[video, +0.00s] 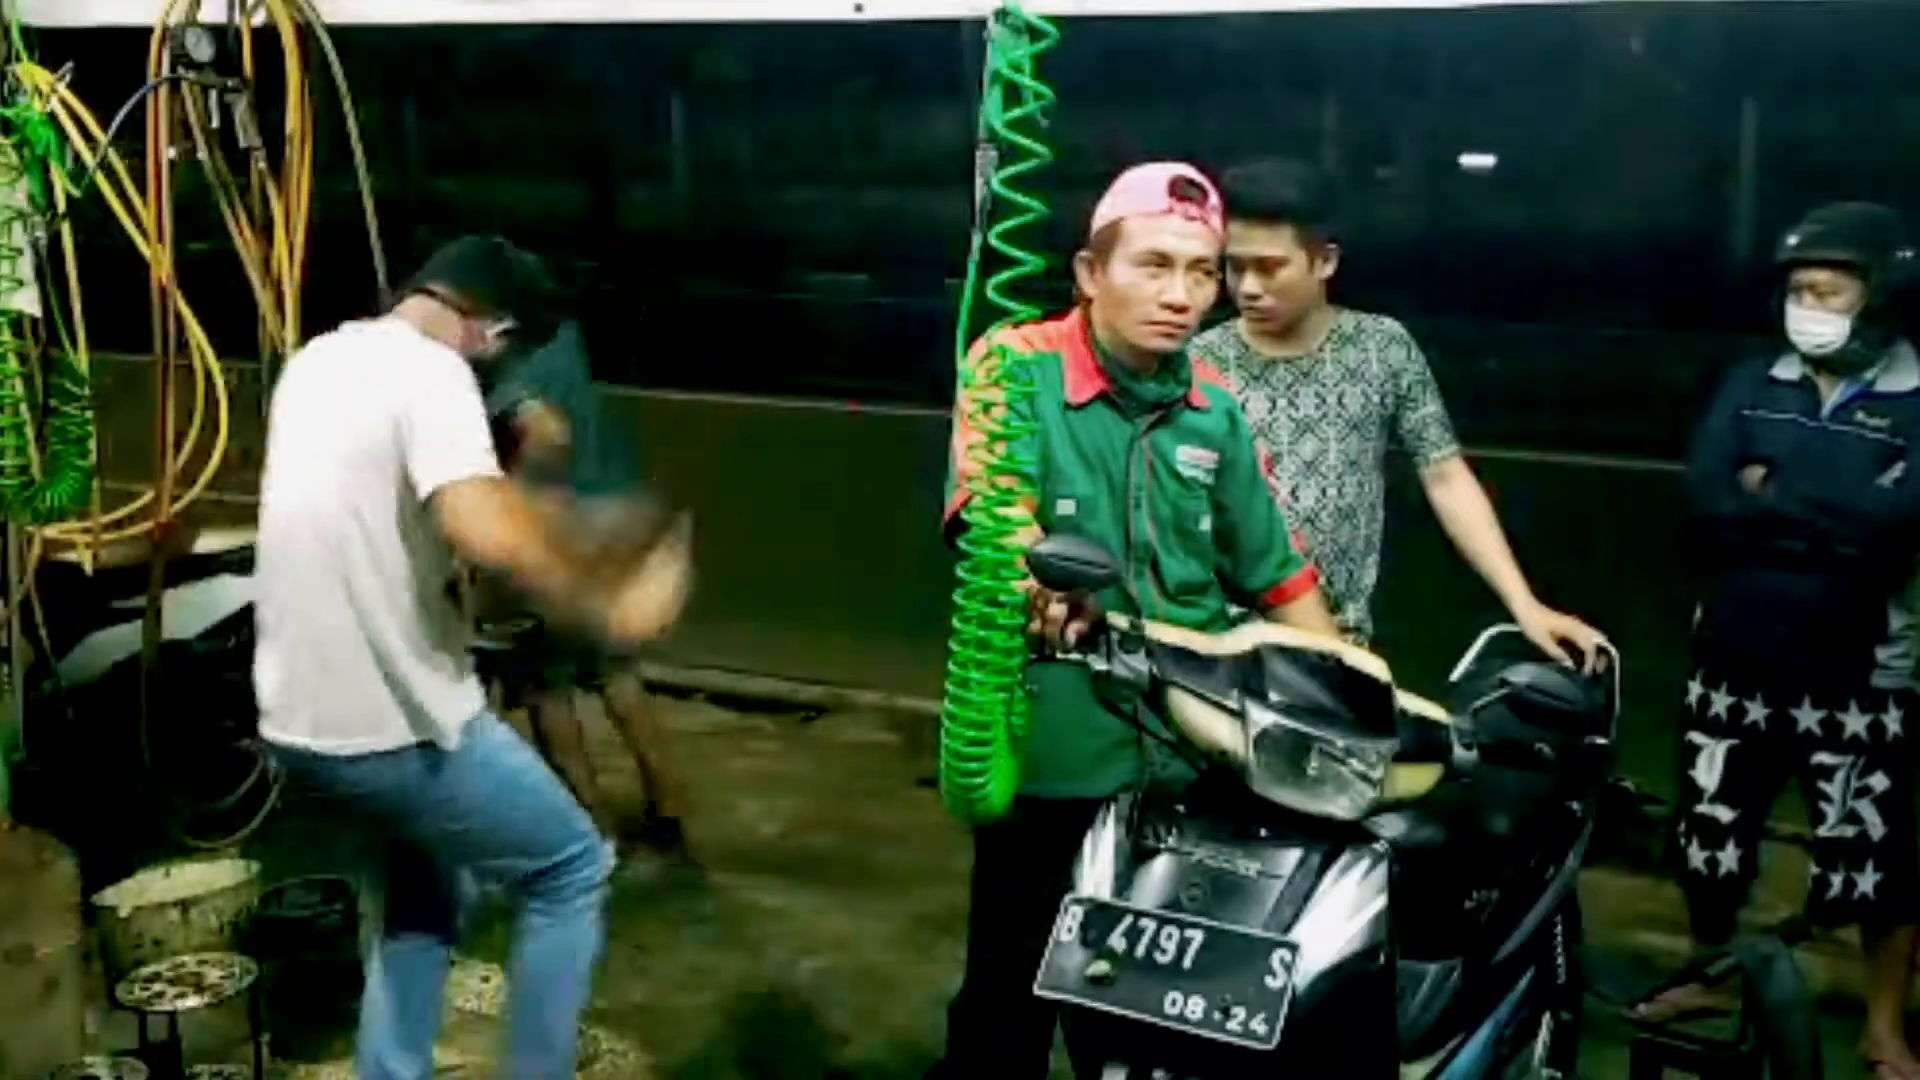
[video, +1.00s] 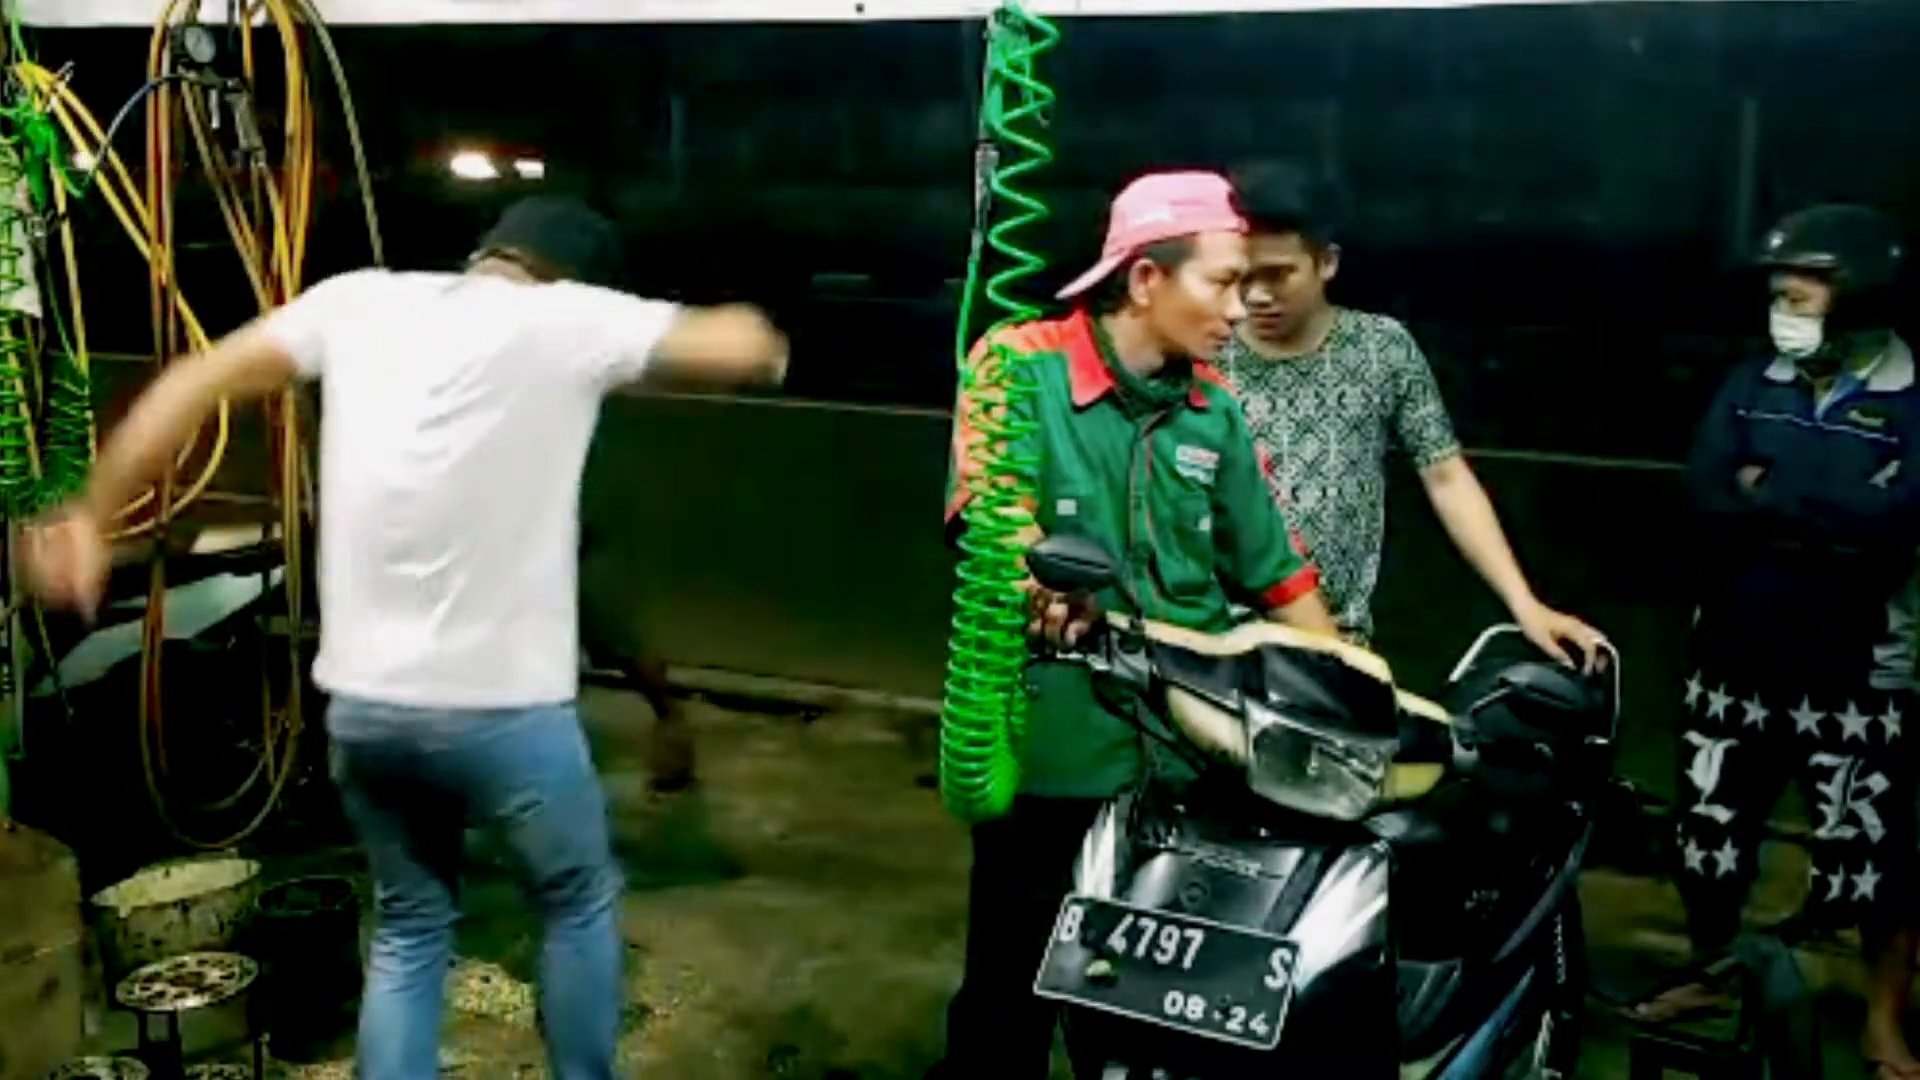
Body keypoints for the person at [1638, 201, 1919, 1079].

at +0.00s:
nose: (1812, 304)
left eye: (1833, 290)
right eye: (1800, 287)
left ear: (1873, 297)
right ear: (1782, 293)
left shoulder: (1906, 398)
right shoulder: (1748, 385)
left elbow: (1895, 518)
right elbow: (1703, 498)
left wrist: (1767, 479)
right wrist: (1841, 507)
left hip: (1860, 666)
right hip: (1738, 657)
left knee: (1871, 861)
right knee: (1708, 837)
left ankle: (1886, 1027)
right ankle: (1708, 971)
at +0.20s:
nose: (1807, 301)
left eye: (1829, 286)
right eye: (1797, 283)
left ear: (1872, 295)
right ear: (1779, 289)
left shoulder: (1905, 398)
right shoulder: (1747, 387)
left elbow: (1894, 523)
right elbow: (1700, 501)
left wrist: (1764, 481)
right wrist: (1836, 508)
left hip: (1861, 666)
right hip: (1737, 656)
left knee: (1871, 858)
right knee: (1707, 833)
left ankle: (1887, 1022)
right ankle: (1708, 973)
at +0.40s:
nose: (1802, 300)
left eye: (1823, 285)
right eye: (1792, 282)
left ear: (1865, 293)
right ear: (1775, 288)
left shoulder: (1905, 395)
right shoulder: (1745, 386)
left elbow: (1895, 521)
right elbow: (1700, 499)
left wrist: (1764, 481)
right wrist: (1836, 506)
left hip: (1859, 666)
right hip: (1737, 656)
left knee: (1873, 859)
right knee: (1707, 835)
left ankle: (1886, 1026)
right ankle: (1708, 972)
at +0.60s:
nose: (1798, 300)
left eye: (1819, 286)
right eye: (1788, 283)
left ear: (1860, 296)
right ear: (1773, 289)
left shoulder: (1904, 395)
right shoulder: (1744, 386)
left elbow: (1900, 519)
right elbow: (1701, 501)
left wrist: (1764, 482)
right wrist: (1842, 508)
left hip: (1856, 665)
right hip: (1736, 656)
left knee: (1873, 858)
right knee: (1707, 837)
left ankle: (1884, 1022)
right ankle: (1708, 974)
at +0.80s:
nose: (1790, 299)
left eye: (1811, 285)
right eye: (1783, 283)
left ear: (1858, 295)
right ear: (1773, 288)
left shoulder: (1904, 395)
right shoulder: (1746, 387)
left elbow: (1899, 519)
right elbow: (1701, 503)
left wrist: (1763, 481)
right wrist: (1837, 506)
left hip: (1860, 662)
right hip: (1738, 651)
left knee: (1869, 855)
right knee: (1708, 833)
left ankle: (1885, 1022)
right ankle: (1708, 974)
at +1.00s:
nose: (1787, 297)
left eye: (1808, 282)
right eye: (1780, 281)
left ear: (1856, 293)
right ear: (1771, 288)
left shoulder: (1903, 393)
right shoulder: (1748, 385)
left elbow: (1896, 515)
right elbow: (1705, 493)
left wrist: (1764, 478)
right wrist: (1839, 497)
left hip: (1858, 661)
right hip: (1739, 651)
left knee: (1866, 853)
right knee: (1708, 832)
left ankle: (1882, 1017)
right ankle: (1708, 975)